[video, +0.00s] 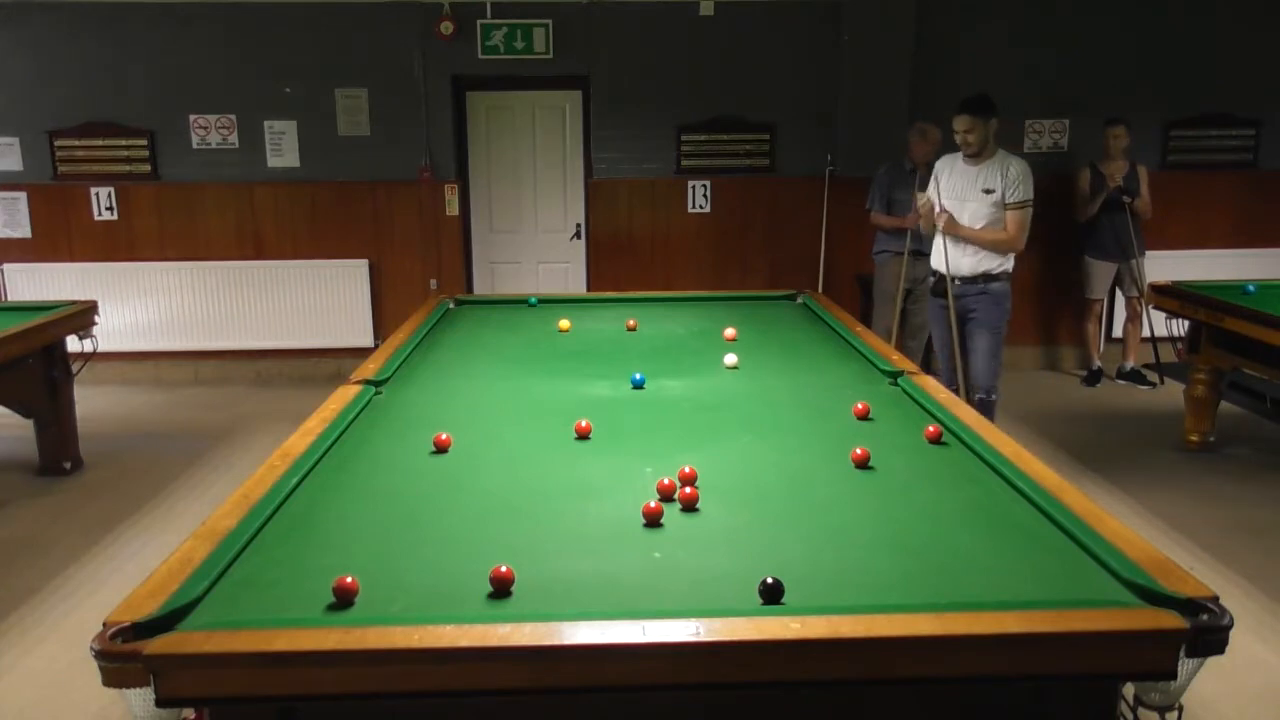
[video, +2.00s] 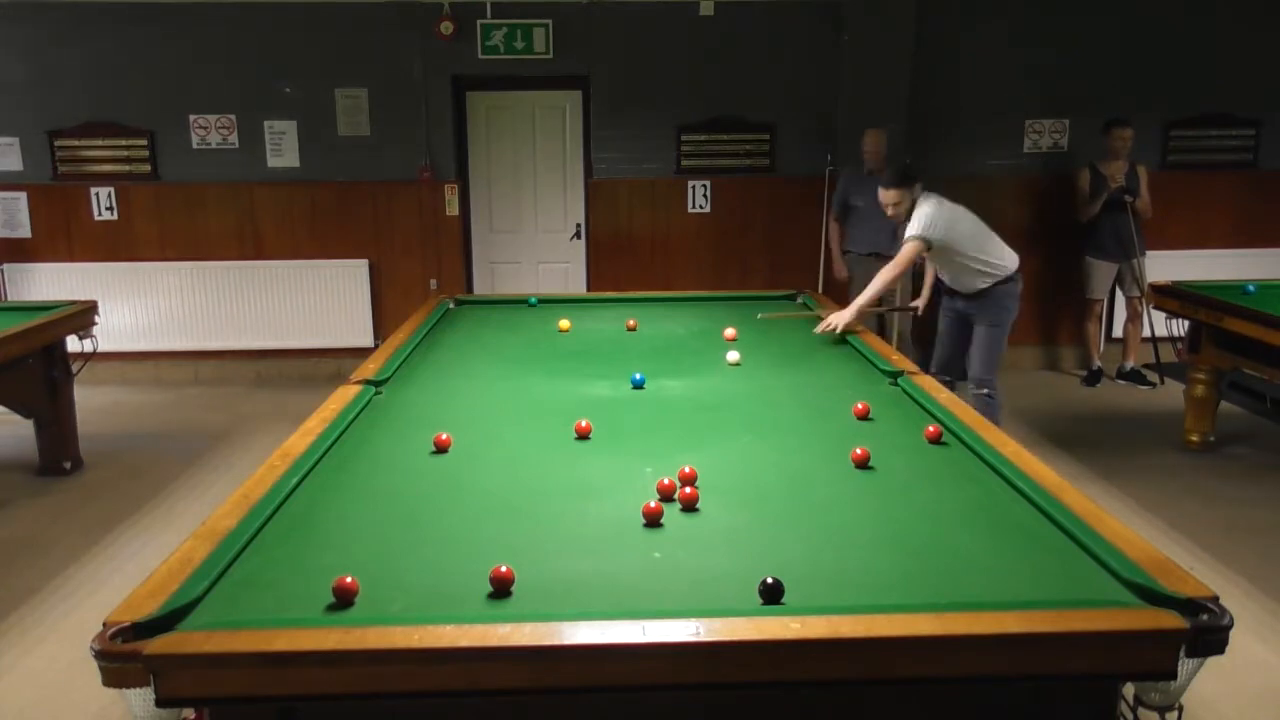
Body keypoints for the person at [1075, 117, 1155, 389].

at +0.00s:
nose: (1117, 142)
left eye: (1121, 137)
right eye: (1112, 137)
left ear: (1128, 140)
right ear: (1104, 140)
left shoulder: (1138, 171)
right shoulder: (1089, 172)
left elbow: (1146, 211)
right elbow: (1082, 214)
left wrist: (1130, 196)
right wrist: (1105, 191)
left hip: (1131, 250)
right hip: (1099, 250)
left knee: (1135, 309)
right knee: (1093, 309)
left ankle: (1128, 366)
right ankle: (1094, 365)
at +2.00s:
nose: (1125, 145)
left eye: (1129, 140)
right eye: (1120, 139)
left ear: (1132, 142)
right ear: (1107, 140)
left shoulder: (1137, 171)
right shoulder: (1089, 172)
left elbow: (1147, 211)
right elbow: (1083, 214)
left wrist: (1131, 197)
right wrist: (1106, 191)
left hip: (1132, 250)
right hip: (1100, 250)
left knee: (1136, 309)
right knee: (1094, 309)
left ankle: (1128, 366)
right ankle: (1094, 365)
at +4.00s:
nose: (1127, 145)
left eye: (1131, 140)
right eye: (1122, 140)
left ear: (1134, 142)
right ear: (1108, 140)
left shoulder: (1138, 171)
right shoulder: (1089, 172)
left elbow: (1147, 211)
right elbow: (1083, 214)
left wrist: (1132, 197)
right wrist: (1106, 191)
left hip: (1132, 250)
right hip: (1100, 250)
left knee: (1136, 309)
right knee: (1094, 309)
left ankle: (1128, 367)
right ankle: (1094, 365)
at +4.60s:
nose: (1138, 145)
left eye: (1142, 140)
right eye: (1133, 139)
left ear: (1145, 143)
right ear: (1118, 140)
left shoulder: (1146, 174)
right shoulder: (1097, 173)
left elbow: (1149, 217)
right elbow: (1078, 213)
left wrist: (1154, 208)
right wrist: (1098, 230)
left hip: (1137, 252)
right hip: (1104, 252)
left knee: (1140, 310)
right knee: (1096, 309)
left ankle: (1127, 367)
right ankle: (1094, 365)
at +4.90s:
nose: (1160, 145)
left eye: (1163, 140)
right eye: (1155, 139)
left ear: (1165, 144)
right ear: (1140, 140)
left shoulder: (1161, 174)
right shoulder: (1115, 172)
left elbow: (1159, 208)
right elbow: (1085, 206)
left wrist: (1172, 225)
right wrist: (1088, 241)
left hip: (1150, 253)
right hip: (1118, 252)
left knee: (1146, 311)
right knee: (1105, 310)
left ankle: (1129, 366)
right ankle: (1095, 365)